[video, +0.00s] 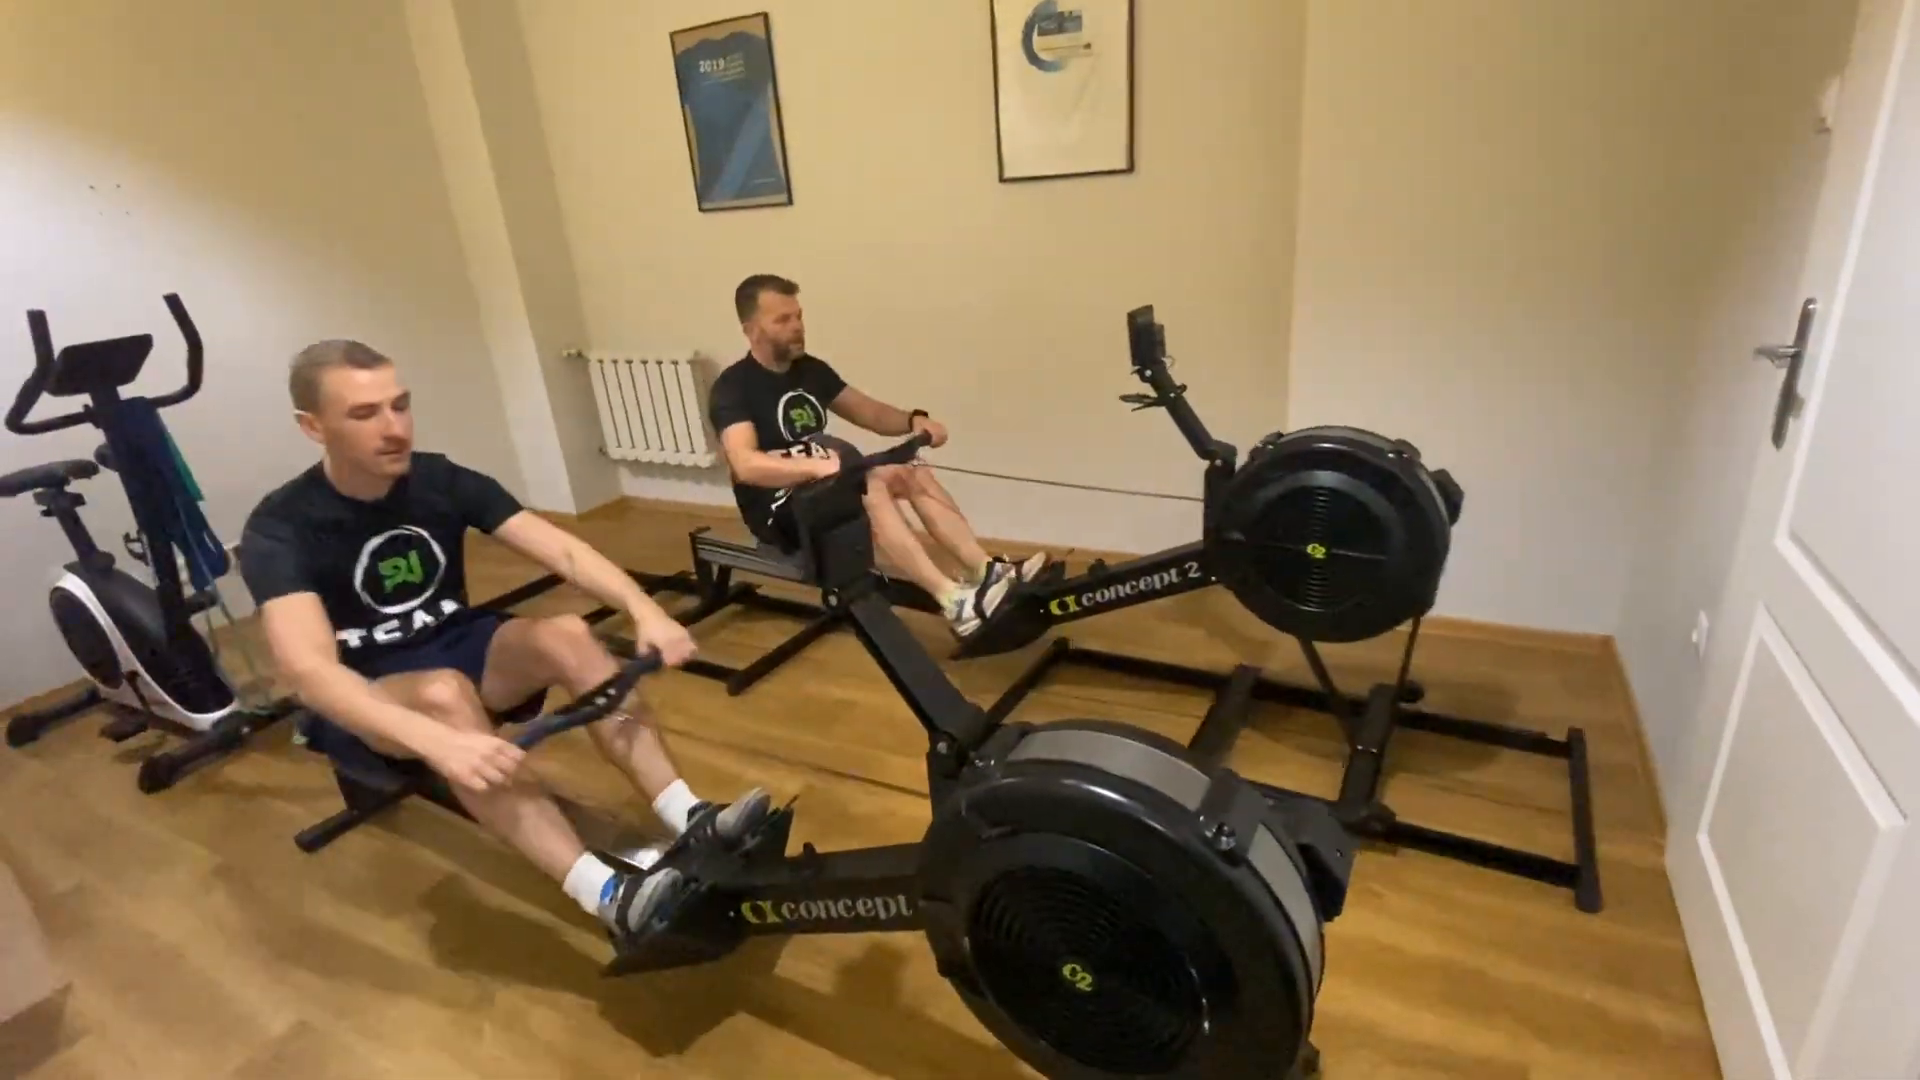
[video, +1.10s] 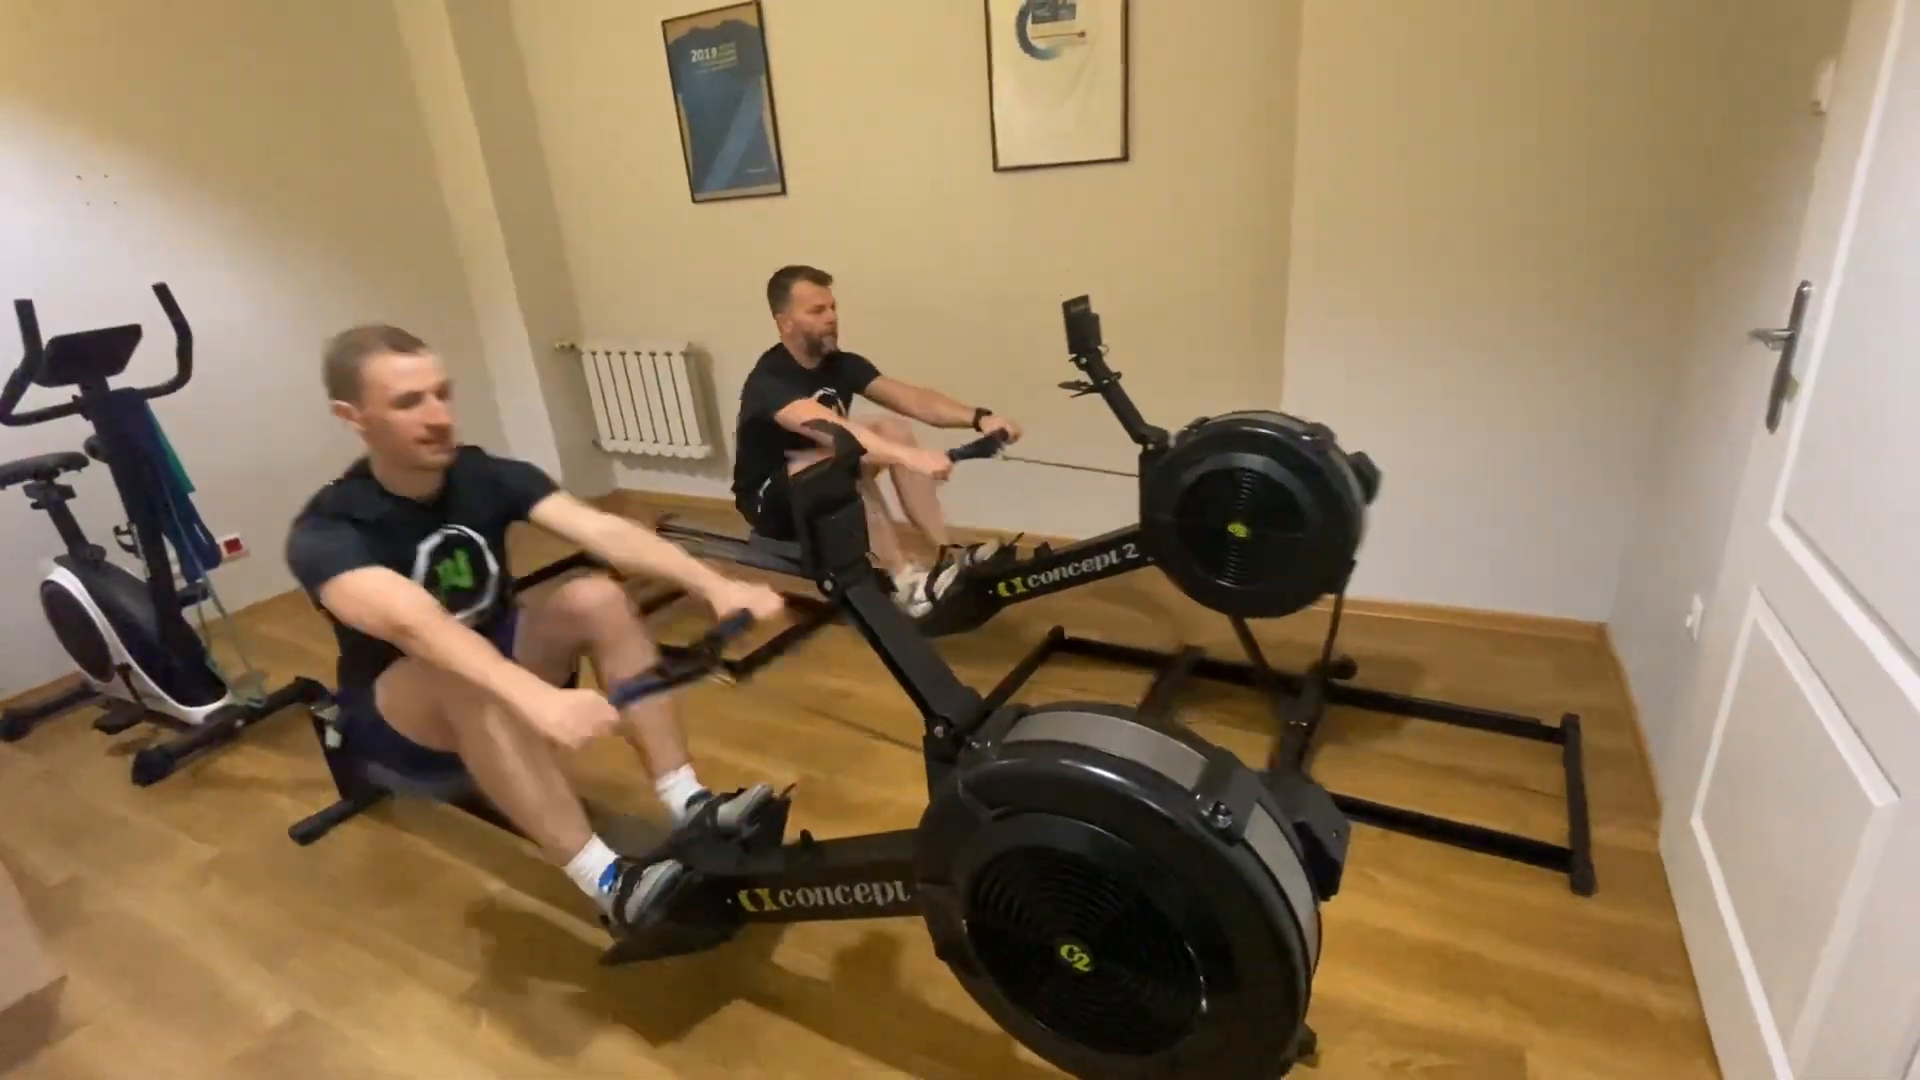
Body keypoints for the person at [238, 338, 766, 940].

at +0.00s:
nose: (394, 427)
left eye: (400, 406)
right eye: (366, 414)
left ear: (409, 402)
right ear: (314, 428)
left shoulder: (439, 481)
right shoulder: (282, 528)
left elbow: (563, 552)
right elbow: (307, 670)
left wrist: (644, 610)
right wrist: (436, 744)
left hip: (457, 649)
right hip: (363, 684)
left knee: (565, 636)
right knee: (445, 697)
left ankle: (691, 821)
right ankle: (610, 896)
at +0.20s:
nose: (454, 442)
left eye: (459, 418)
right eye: (425, 428)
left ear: (469, 412)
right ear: (369, 442)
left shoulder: (490, 490)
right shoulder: (333, 541)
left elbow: (616, 560)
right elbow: (382, 689)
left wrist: (712, 629)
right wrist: (517, 772)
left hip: (489, 666)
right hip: (391, 708)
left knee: (602, 613)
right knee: (456, 678)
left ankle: (693, 818)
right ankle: (612, 890)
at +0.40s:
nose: (518, 453)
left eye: (522, 428)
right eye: (489, 439)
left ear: (530, 422)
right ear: (430, 454)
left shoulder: (552, 501)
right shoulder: (392, 555)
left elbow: (683, 571)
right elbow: (456, 708)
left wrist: (790, 645)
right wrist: (606, 799)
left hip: (527, 689)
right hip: (428, 734)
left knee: (635, 602)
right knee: (478, 669)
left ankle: (689, 803)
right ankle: (617, 888)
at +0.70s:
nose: (585, 466)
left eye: (587, 441)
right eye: (553, 450)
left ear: (596, 438)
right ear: (489, 467)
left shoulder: (614, 519)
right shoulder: (451, 580)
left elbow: (749, 584)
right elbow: (553, 715)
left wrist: (868, 651)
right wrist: (706, 817)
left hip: (573, 725)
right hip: (472, 772)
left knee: (659, 593)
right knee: (508, 689)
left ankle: (691, 803)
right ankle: (615, 881)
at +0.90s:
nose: (552, 453)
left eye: (554, 427)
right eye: (522, 438)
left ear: (562, 422)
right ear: (459, 452)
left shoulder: (578, 503)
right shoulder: (424, 564)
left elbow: (713, 568)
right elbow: (527, 678)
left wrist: (834, 625)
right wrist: (682, 775)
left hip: (552, 721)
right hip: (456, 763)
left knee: (641, 590)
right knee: (491, 677)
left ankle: (699, 822)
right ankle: (614, 880)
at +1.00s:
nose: (490, 431)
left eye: (494, 408)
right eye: (461, 417)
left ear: (503, 404)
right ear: (401, 429)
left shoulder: (524, 488)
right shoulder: (368, 548)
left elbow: (650, 547)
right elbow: (466, 642)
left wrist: (769, 600)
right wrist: (592, 727)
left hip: (516, 691)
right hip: (417, 735)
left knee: (615, 592)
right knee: (476, 666)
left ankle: (693, 808)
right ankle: (612, 883)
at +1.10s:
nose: (437, 416)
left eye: (442, 394)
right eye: (408, 403)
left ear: (452, 391)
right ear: (354, 419)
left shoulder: (485, 479)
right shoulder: (326, 534)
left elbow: (603, 532)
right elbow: (420, 626)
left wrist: (713, 583)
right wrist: (539, 699)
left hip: (492, 654)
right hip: (390, 703)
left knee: (597, 597)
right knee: (468, 680)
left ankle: (692, 809)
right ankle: (611, 885)